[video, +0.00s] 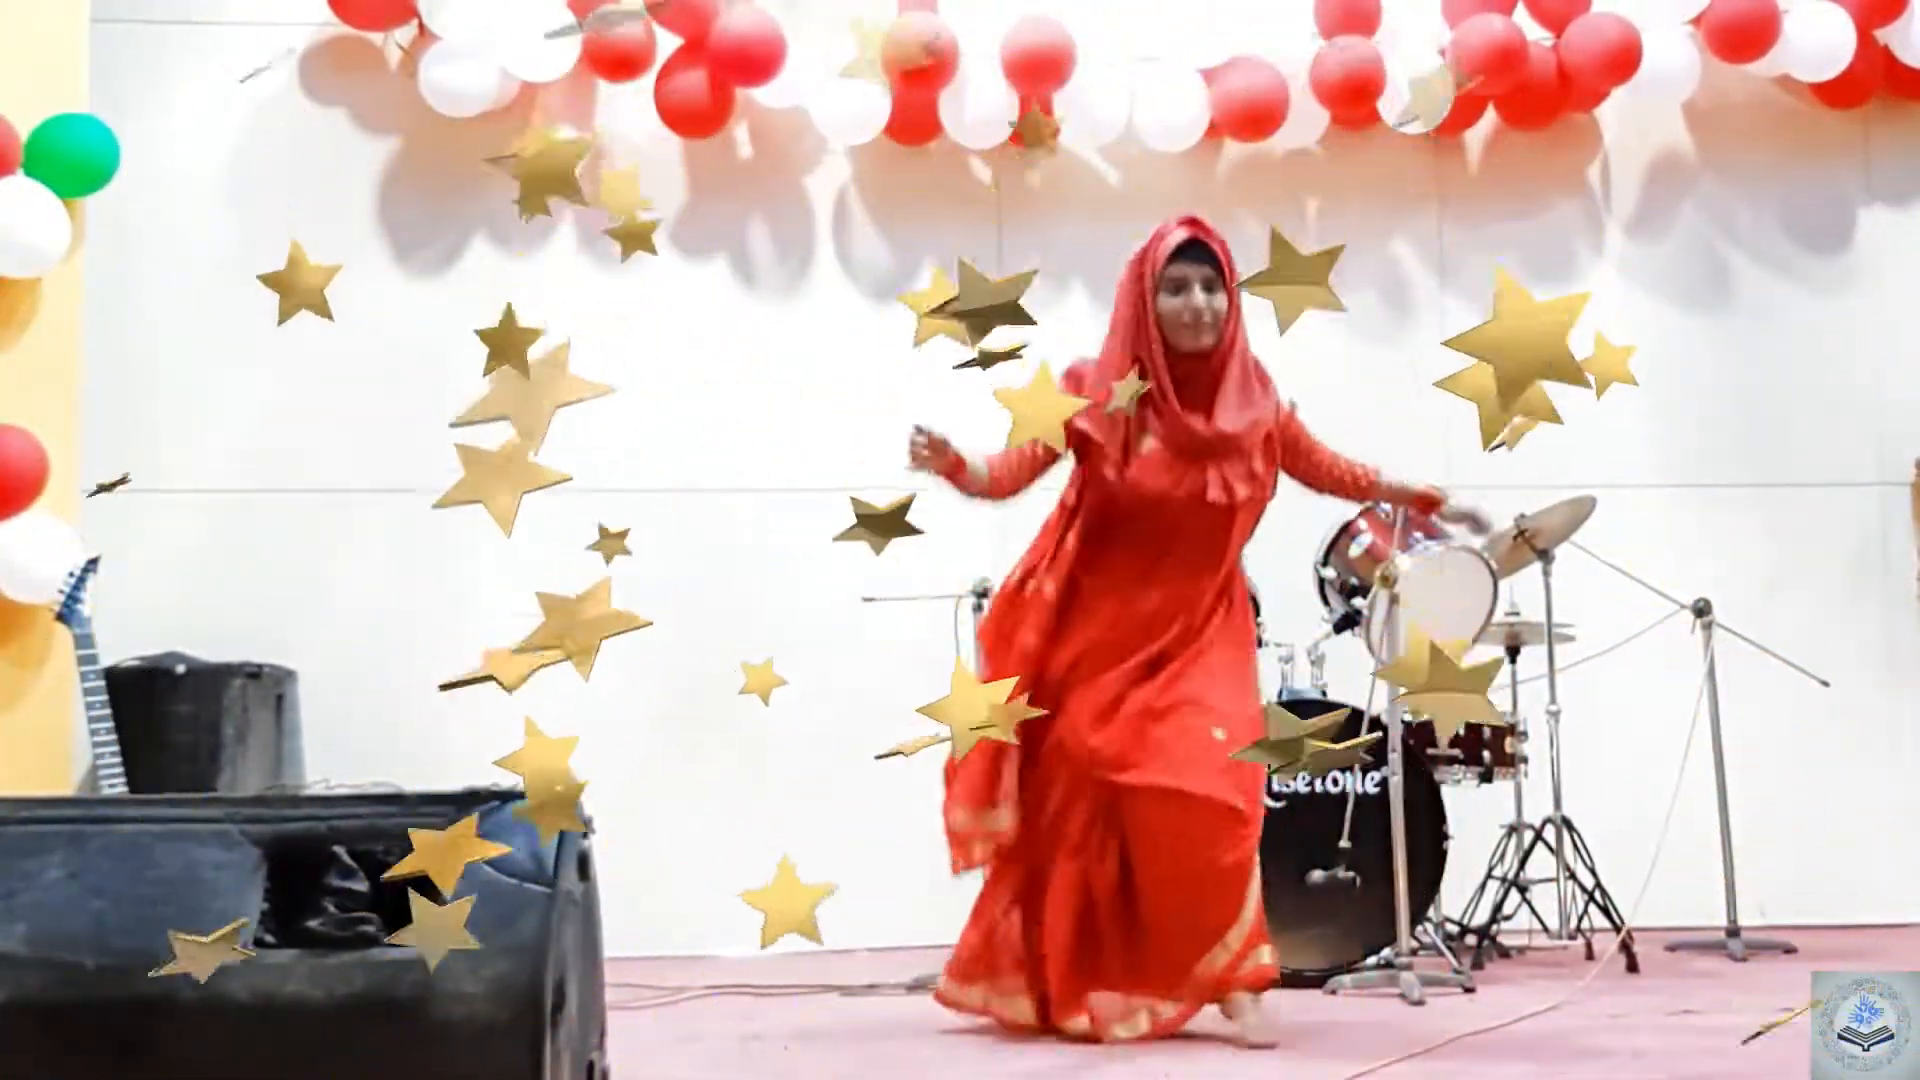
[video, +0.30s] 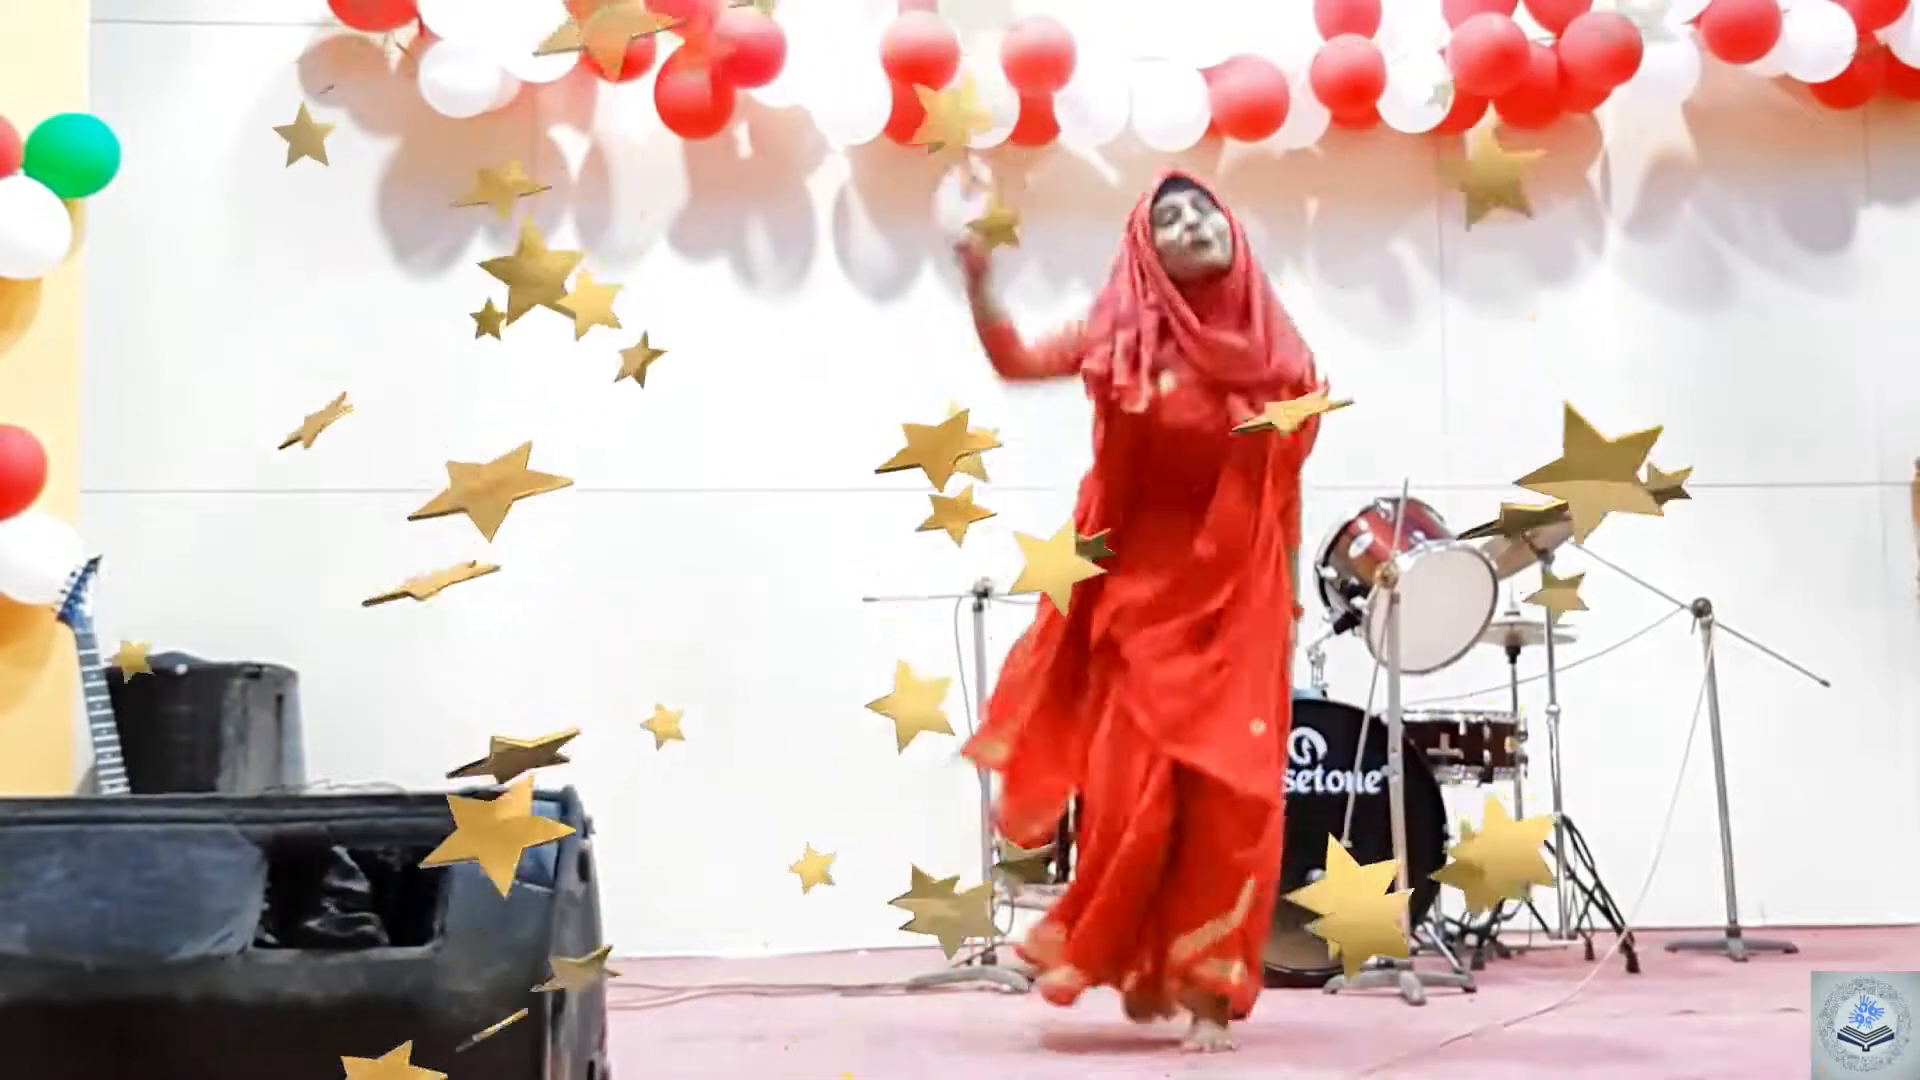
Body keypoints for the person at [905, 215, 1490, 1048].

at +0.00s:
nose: (1194, 302)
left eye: (1208, 286)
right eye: (1175, 287)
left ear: (1228, 300)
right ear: (1146, 301)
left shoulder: (1251, 403)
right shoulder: (1100, 392)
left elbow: (1323, 467)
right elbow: (1008, 472)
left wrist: (1404, 494)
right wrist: (958, 466)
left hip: (1199, 635)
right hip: (1091, 632)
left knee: (1209, 792)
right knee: (1083, 798)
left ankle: (1233, 984)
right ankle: (1083, 991)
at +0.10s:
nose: (1199, 268)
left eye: (1213, 252)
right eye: (1179, 256)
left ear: (1238, 266)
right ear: (1148, 274)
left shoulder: (1261, 376)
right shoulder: (1109, 360)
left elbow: (1307, 468)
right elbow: (1037, 460)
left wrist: (1358, 519)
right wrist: (966, 457)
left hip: (1210, 601)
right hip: (1104, 598)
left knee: (1205, 782)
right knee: (1088, 785)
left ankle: (1208, 987)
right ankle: (1056, 966)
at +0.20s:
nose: (1199, 271)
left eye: (1210, 255)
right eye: (1178, 261)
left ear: (1235, 264)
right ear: (1153, 280)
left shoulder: (1268, 381)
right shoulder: (1117, 368)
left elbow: (1278, 508)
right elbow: (1064, 465)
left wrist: (1296, 606)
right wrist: (1000, 449)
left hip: (1227, 602)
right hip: (1128, 599)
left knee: (1219, 789)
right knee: (1118, 783)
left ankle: (1211, 997)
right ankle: (1048, 943)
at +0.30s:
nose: (1189, 227)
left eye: (1201, 213)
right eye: (1169, 221)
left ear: (1232, 231)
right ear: (1146, 251)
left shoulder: (1276, 354)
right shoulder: (1118, 337)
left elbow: (1285, 479)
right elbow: (1015, 360)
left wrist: (1280, 434)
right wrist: (979, 279)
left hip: (1237, 590)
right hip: (1137, 587)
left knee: (1235, 784)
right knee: (1139, 782)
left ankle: (1212, 989)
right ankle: (1110, 957)